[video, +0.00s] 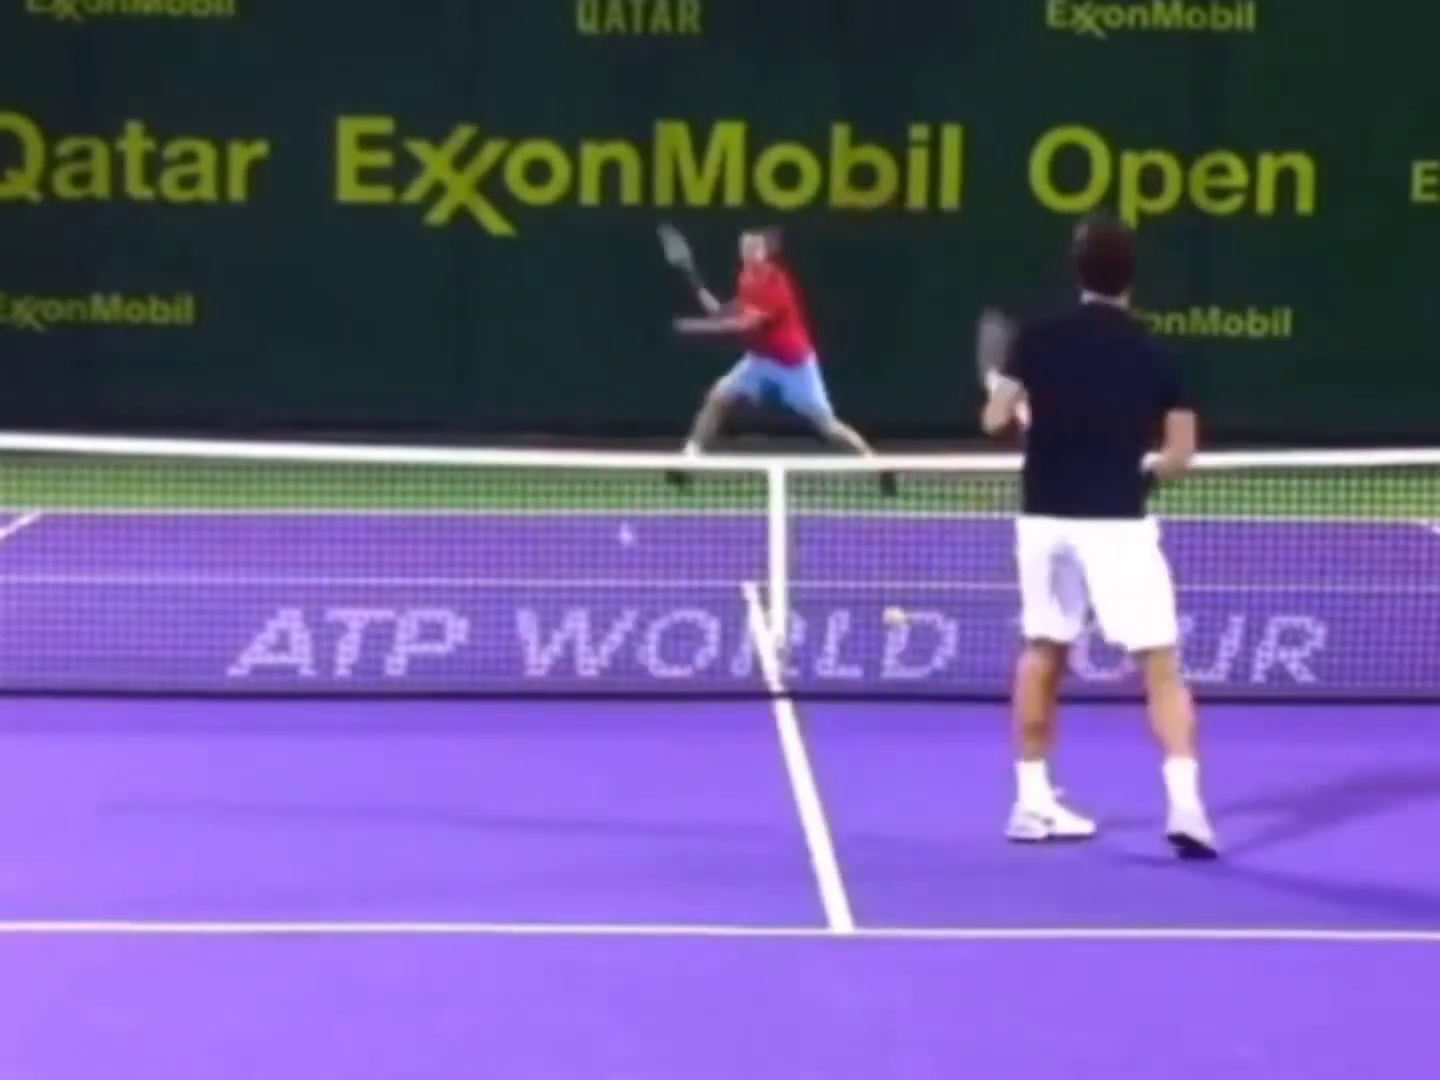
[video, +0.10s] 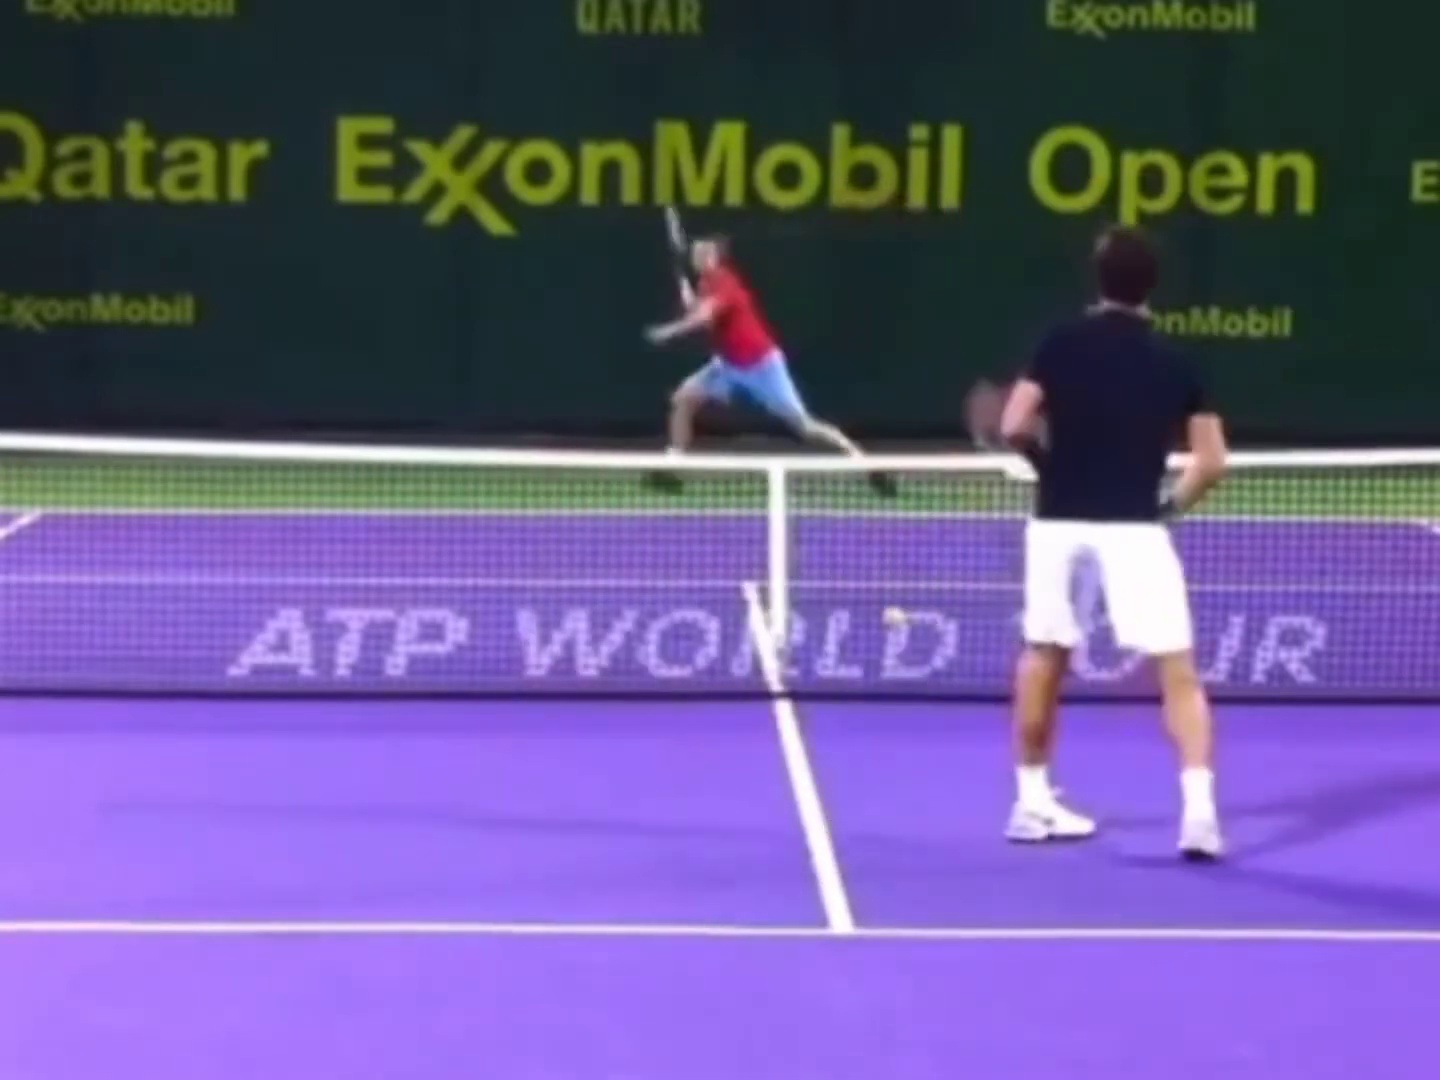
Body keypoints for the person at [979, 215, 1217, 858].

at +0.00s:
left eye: (1092, 266)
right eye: (1121, 268)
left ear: (1075, 275)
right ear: (1132, 277)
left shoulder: (1037, 339)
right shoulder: (1152, 350)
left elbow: (996, 422)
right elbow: (1179, 454)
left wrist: (1023, 414)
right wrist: (1144, 468)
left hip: (1043, 521)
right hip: (1119, 526)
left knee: (1041, 651)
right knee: (1160, 662)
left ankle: (1032, 797)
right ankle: (1185, 800)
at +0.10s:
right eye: (1143, 278)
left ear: (1096, 281)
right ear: (1152, 287)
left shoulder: (1060, 344)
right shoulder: (1173, 358)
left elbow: (1013, 425)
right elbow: (1210, 459)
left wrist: (1046, 457)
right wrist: (1174, 502)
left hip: (1057, 525)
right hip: (1134, 530)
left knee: (1043, 655)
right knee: (1177, 669)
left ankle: (1032, 798)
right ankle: (1199, 806)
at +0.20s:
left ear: (1108, 284)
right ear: (1163, 291)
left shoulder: (1073, 343)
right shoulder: (1186, 360)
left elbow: (1038, 426)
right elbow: (1228, 455)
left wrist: (1069, 452)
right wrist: (1192, 503)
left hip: (1066, 528)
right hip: (1145, 532)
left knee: (1041, 662)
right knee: (1182, 676)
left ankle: (1017, 795)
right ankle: (1198, 812)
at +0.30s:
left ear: (1107, 275)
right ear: (1163, 279)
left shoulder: (1071, 337)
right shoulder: (1188, 350)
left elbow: (1035, 420)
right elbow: (1229, 448)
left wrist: (1075, 446)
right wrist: (1191, 491)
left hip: (1070, 519)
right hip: (1151, 523)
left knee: (1028, 655)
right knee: (1182, 667)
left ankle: (982, 802)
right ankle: (1199, 816)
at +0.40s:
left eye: (1103, 272)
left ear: (1094, 278)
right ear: (1151, 280)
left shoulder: (1063, 341)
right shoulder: (1181, 351)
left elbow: (1022, 428)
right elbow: (1221, 452)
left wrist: (1066, 455)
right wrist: (1182, 496)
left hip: (1069, 526)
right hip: (1152, 530)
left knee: (1015, 659)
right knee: (1186, 675)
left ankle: (970, 802)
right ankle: (1200, 820)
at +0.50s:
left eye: (1082, 274)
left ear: (1077, 279)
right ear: (1134, 281)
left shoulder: (1049, 342)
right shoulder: (1166, 350)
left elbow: (1018, 433)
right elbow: (1202, 452)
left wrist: (1057, 455)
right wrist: (1169, 488)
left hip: (1057, 527)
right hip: (1140, 530)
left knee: (1004, 662)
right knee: (1176, 669)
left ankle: (970, 808)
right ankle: (1199, 813)